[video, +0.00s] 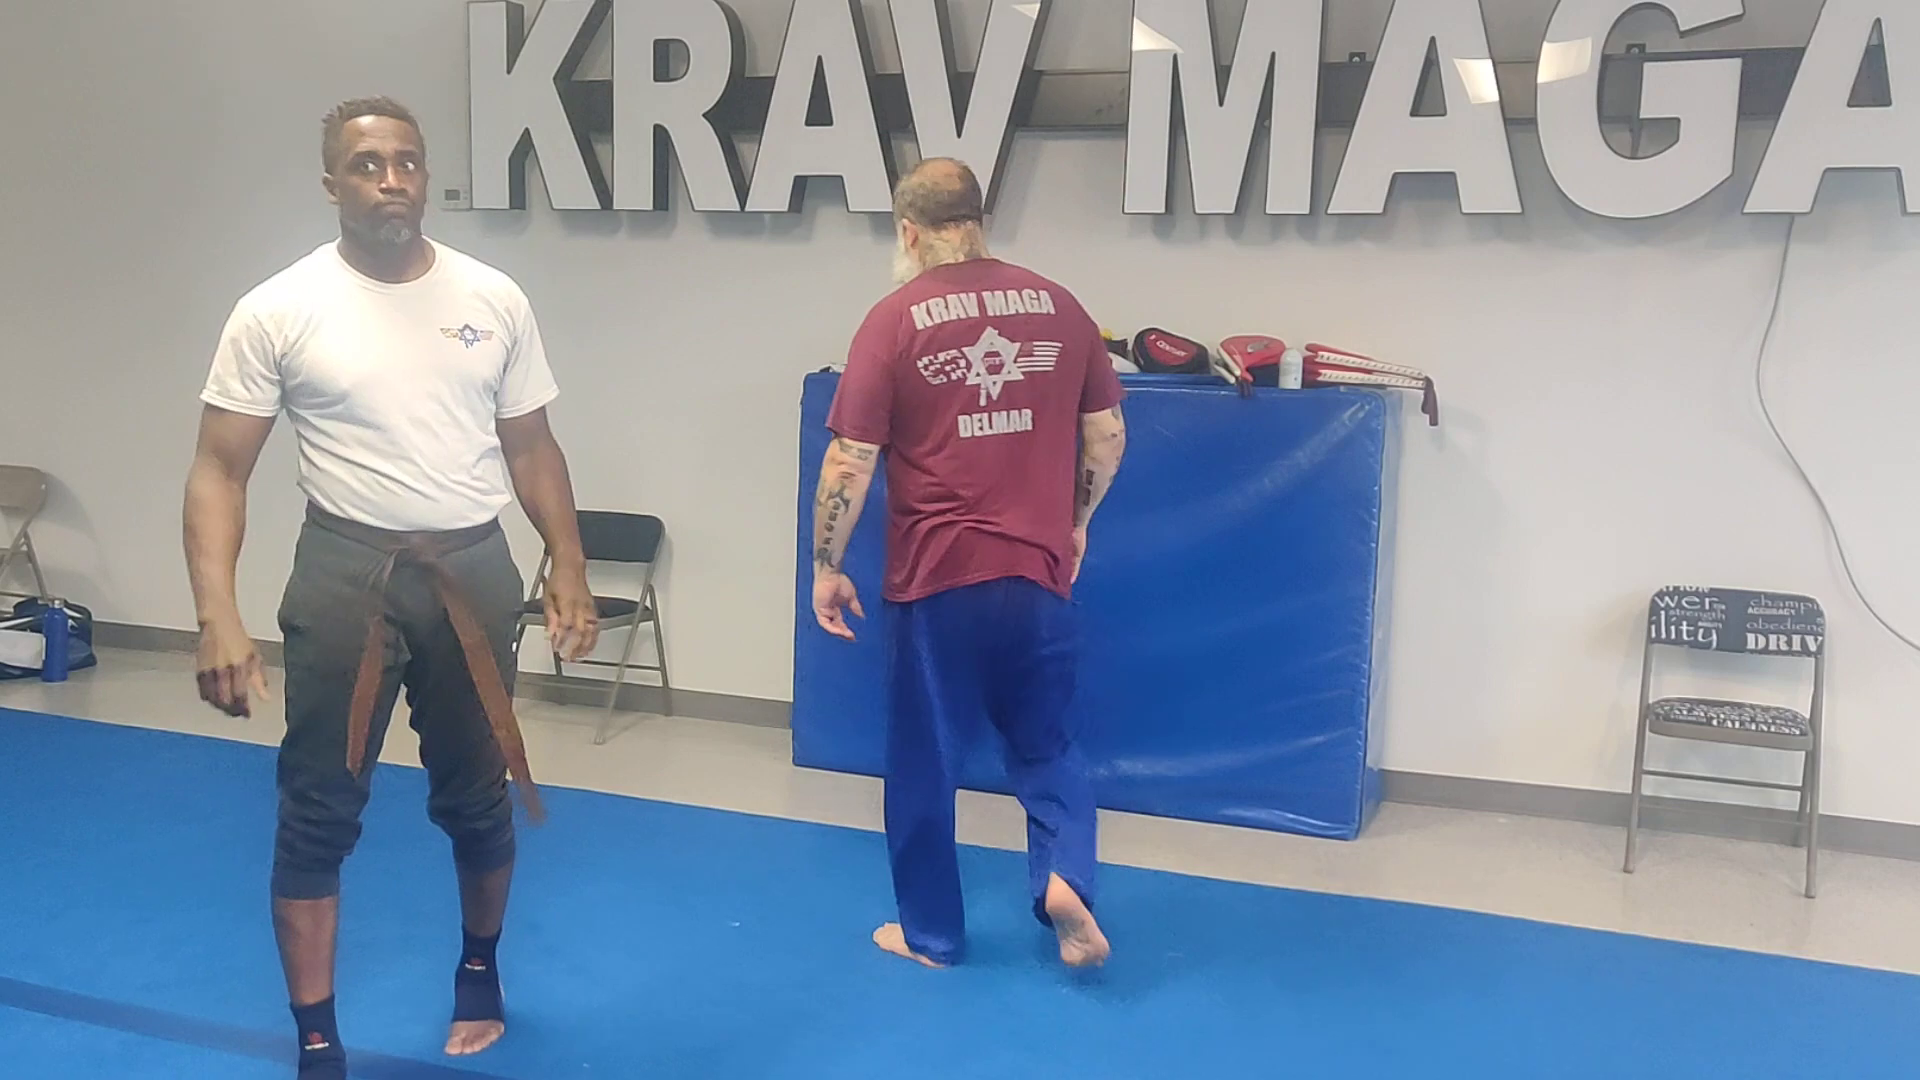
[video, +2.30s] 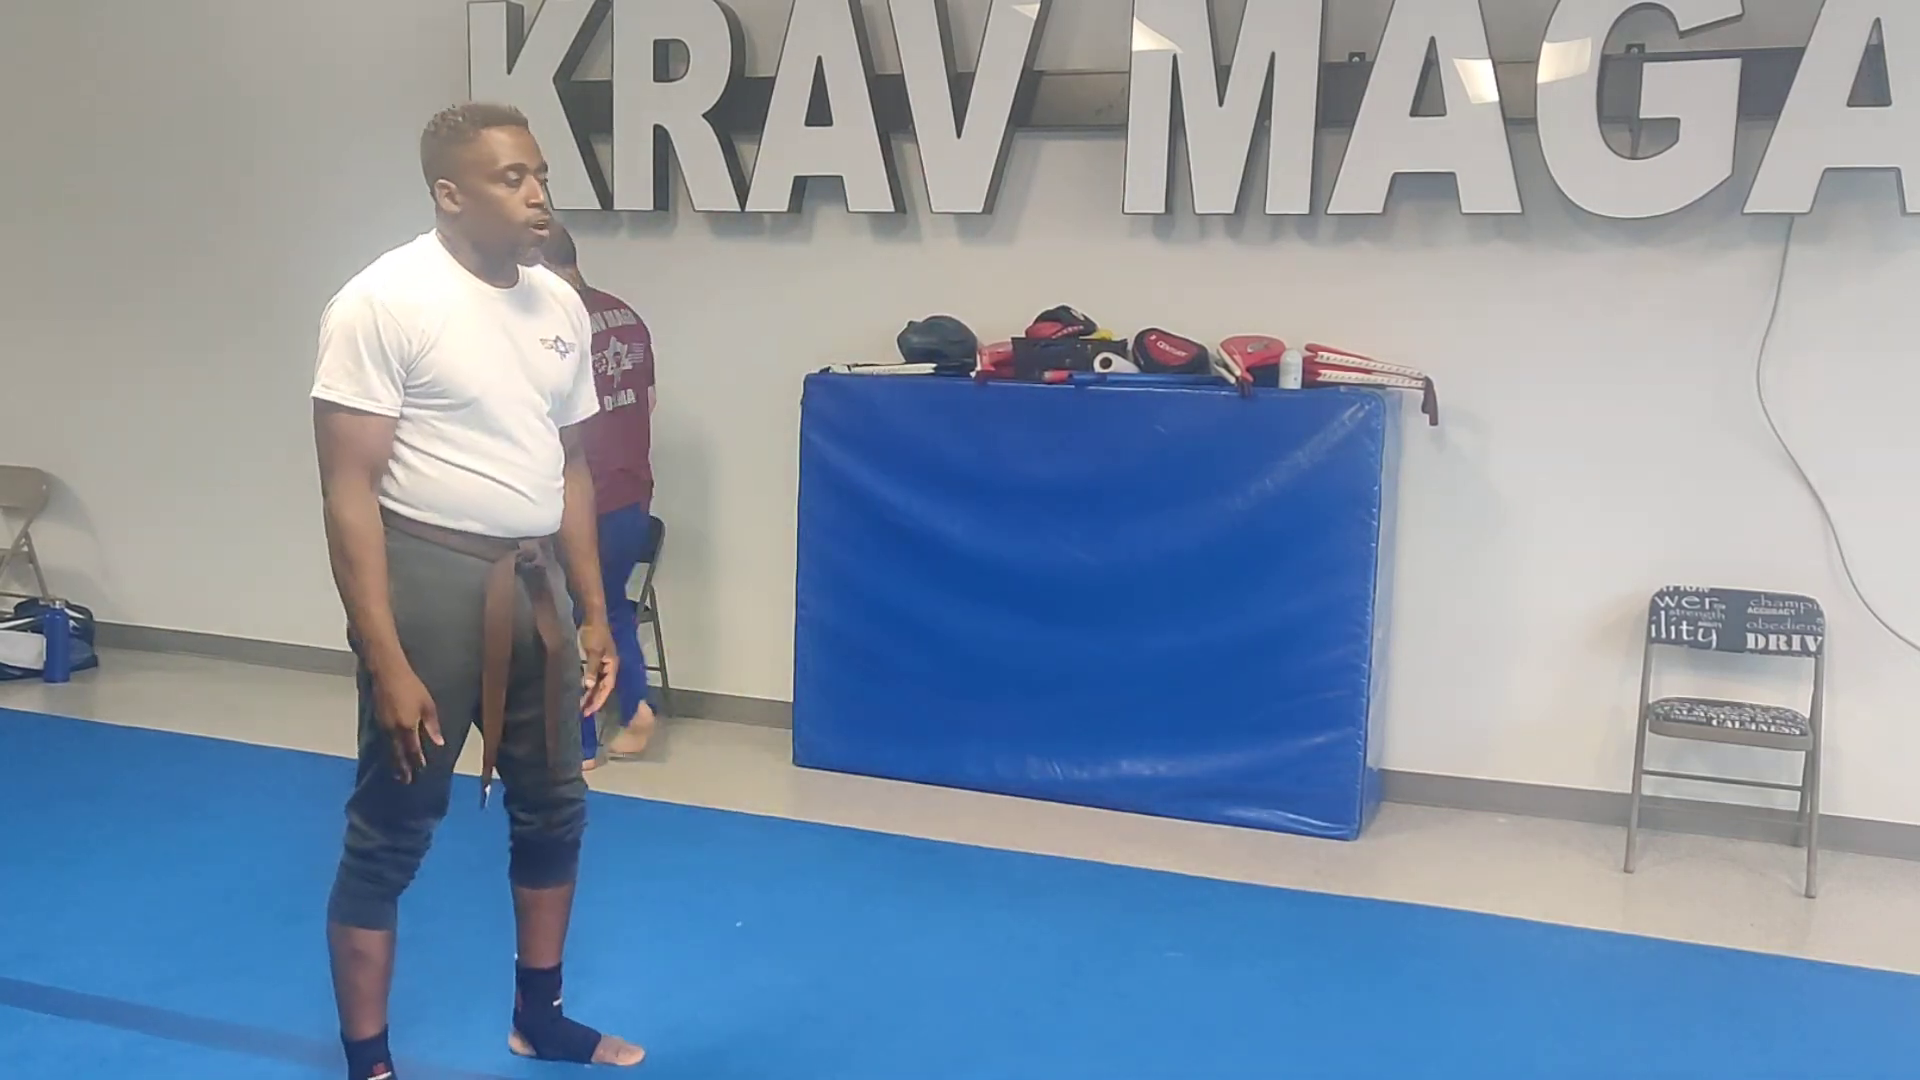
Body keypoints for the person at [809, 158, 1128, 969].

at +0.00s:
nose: (897, 239)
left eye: (897, 228)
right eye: (901, 227)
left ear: (909, 229)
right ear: (980, 222)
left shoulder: (896, 318)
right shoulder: (1057, 303)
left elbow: (849, 461)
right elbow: (1105, 436)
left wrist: (828, 563)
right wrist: (1076, 521)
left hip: (936, 568)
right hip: (1039, 563)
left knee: (922, 756)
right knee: (1048, 744)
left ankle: (932, 933)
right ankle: (1065, 875)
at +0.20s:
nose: (865, 241)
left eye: (865, 229)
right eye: (868, 229)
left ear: (878, 229)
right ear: (944, 227)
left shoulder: (857, 312)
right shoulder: (1015, 304)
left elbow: (793, 448)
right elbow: (1061, 431)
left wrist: (763, 516)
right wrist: (1035, 518)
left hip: (906, 564)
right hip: (999, 555)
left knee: (899, 745)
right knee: (971, 717)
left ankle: (921, 932)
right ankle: (972, 869)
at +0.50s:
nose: (841, 255)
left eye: (842, 246)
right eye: (850, 245)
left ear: (851, 247)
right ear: (914, 248)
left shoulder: (828, 316)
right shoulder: (968, 330)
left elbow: (777, 436)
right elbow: (997, 451)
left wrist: (737, 526)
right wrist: (960, 532)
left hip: (847, 553)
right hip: (933, 555)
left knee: (831, 718)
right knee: (891, 710)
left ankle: (896, 859)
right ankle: (846, 851)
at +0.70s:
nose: (812, 252)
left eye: (812, 242)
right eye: (815, 242)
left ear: (823, 241)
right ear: (881, 242)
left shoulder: (808, 306)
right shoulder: (944, 327)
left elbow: (768, 416)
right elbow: (956, 437)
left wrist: (742, 516)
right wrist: (910, 497)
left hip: (815, 532)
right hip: (903, 536)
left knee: (768, 684)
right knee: (888, 694)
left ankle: (783, 831)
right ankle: (871, 852)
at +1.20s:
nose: (696, 262)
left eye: (695, 253)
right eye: (696, 253)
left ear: (706, 251)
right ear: (761, 247)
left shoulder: (696, 318)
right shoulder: (821, 311)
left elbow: (650, 431)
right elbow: (860, 418)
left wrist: (623, 498)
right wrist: (836, 485)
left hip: (731, 515)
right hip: (810, 511)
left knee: (721, 669)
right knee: (807, 647)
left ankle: (733, 809)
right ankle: (825, 756)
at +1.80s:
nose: (631, 278)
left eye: (632, 267)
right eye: (630, 268)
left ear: (654, 261)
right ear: (692, 261)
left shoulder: (652, 322)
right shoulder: (745, 323)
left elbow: (628, 421)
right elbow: (765, 416)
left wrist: (609, 499)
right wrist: (730, 472)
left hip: (658, 505)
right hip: (729, 506)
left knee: (614, 628)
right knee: (723, 640)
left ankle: (628, 758)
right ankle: (724, 767)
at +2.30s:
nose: (531, 287)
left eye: (531, 275)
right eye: (531, 276)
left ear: (545, 271)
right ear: (576, 263)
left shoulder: (546, 324)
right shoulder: (627, 316)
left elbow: (544, 420)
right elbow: (647, 402)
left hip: (571, 503)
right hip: (630, 496)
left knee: (567, 618)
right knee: (614, 601)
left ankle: (581, 748)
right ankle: (638, 708)